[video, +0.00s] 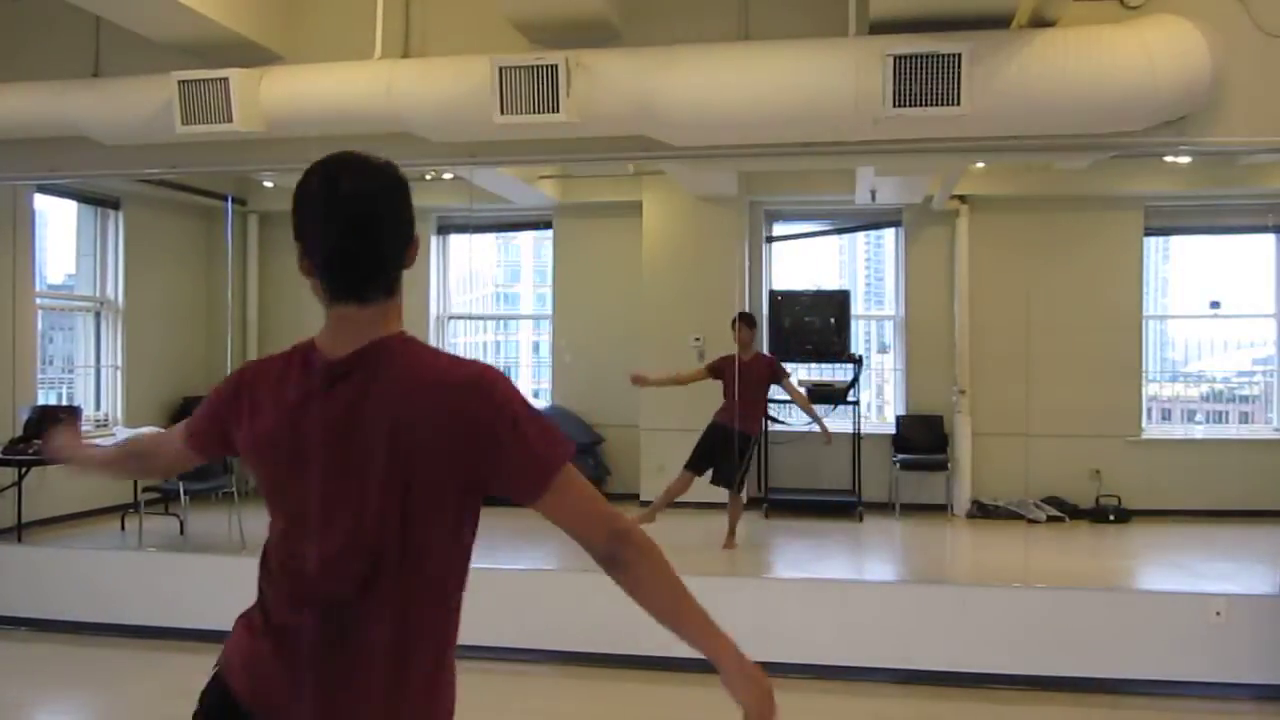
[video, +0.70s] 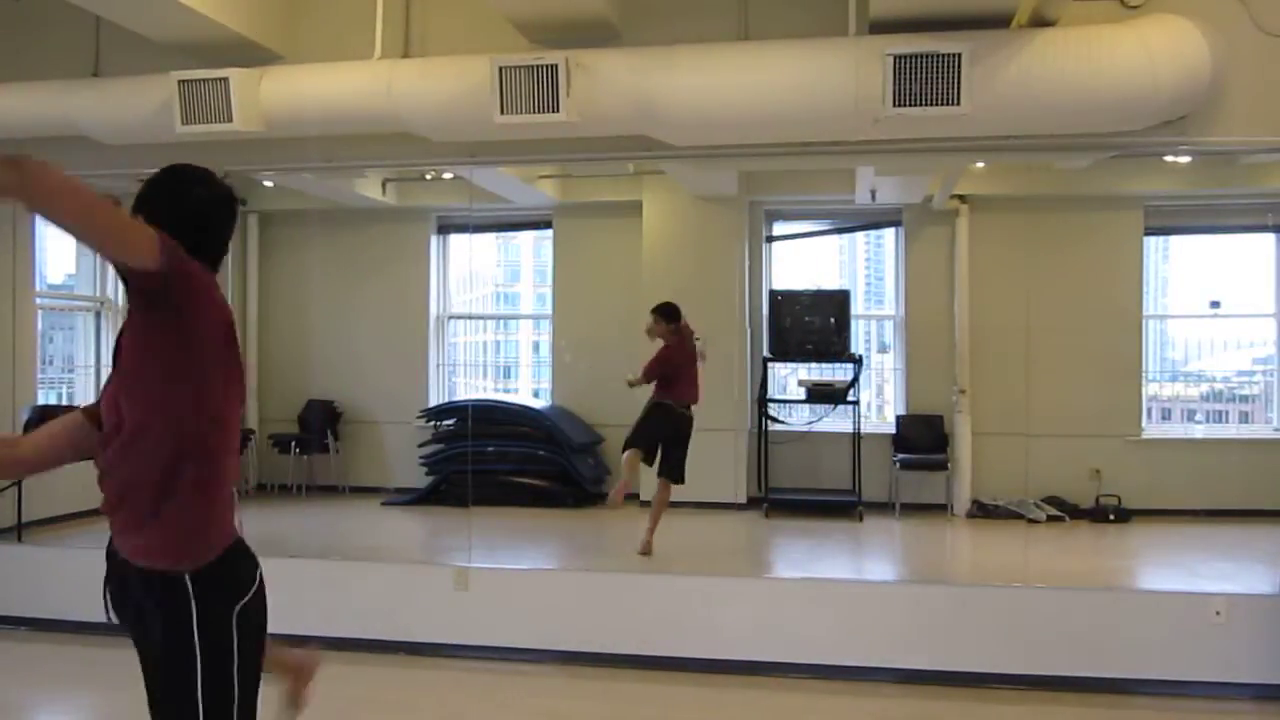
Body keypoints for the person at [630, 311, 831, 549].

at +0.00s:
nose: (738, 334)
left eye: (742, 329)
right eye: (735, 330)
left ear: (753, 332)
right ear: (732, 333)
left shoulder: (768, 364)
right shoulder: (727, 363)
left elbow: (796, 396)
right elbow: (685, 378)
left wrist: (820, 424)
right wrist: (649, 381)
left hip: (746, 432)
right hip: (721, 425)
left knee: (735, 487)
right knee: (689, 471)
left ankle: (730, 536)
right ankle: (651, 512)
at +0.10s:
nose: (723, 335)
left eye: (728, 330)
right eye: (720, 330)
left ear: (739, 332)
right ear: (716, 333)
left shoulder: (750, 363)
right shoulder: (713, 364)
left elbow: (771, 384)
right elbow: (691, 390)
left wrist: (792, 402)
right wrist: (666, 411)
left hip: (729, 433)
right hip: (703, 429)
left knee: (727, 489)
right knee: (672, 475)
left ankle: (730, 534)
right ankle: (645, 521)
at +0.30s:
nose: (696, 328)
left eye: (702, 324)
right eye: (695, 323)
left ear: (713, 328)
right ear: (691, 325)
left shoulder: (703, 351)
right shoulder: (701, 352)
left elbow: (690, 358)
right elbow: (721, 354)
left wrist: (676, 358)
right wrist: (737, 345)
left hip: (688, 412)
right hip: (670, 414)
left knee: (720, 463)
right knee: (664, 479)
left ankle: (760, 505)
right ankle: (664, 537)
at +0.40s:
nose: (686, 326)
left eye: (692, 324)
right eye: (686, 322)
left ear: (704, 329)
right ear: (688, 323)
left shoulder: (688, 352)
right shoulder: (700, 339)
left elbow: (660, 357)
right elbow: (718, 314)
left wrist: (630, 354)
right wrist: (737, 294)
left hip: (675, 403)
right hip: (669, 405)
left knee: (701, 440)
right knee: (663, 474)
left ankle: (759, 454)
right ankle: (664, 537)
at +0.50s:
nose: (679, 324)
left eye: (685, 322)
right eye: (679, 319)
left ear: (695, 326)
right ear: (682, 321)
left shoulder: (674, 356)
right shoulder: (693, 342)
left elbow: (634, 363)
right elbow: (691, 303)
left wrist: (596, 357)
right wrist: (701, 270)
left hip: (667, 399)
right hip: (679, 401)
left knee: (678, 424)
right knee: (667, 472)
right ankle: (663, 536)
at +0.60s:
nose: (667, 324)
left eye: (671, 320)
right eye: (667, 319)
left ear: (683, 323)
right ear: (683, 321)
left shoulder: (675, 354)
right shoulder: (690, 337)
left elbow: (638, 369)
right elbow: (679, 296)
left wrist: (604, 369)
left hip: (667, 405)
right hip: (679, 405)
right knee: (669, 475)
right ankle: (659, 532)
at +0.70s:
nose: (651, 327)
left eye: (655, 323)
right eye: (652, 322)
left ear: (668, 325)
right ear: (675, 323)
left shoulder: (668, 351)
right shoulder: (687, 337)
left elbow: (646, 377)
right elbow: (676, 320)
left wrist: (632, 382)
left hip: (661, 408)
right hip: (684, 416)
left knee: (633, 447)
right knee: (665, 480)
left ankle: (626, 480)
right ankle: (648, 537)